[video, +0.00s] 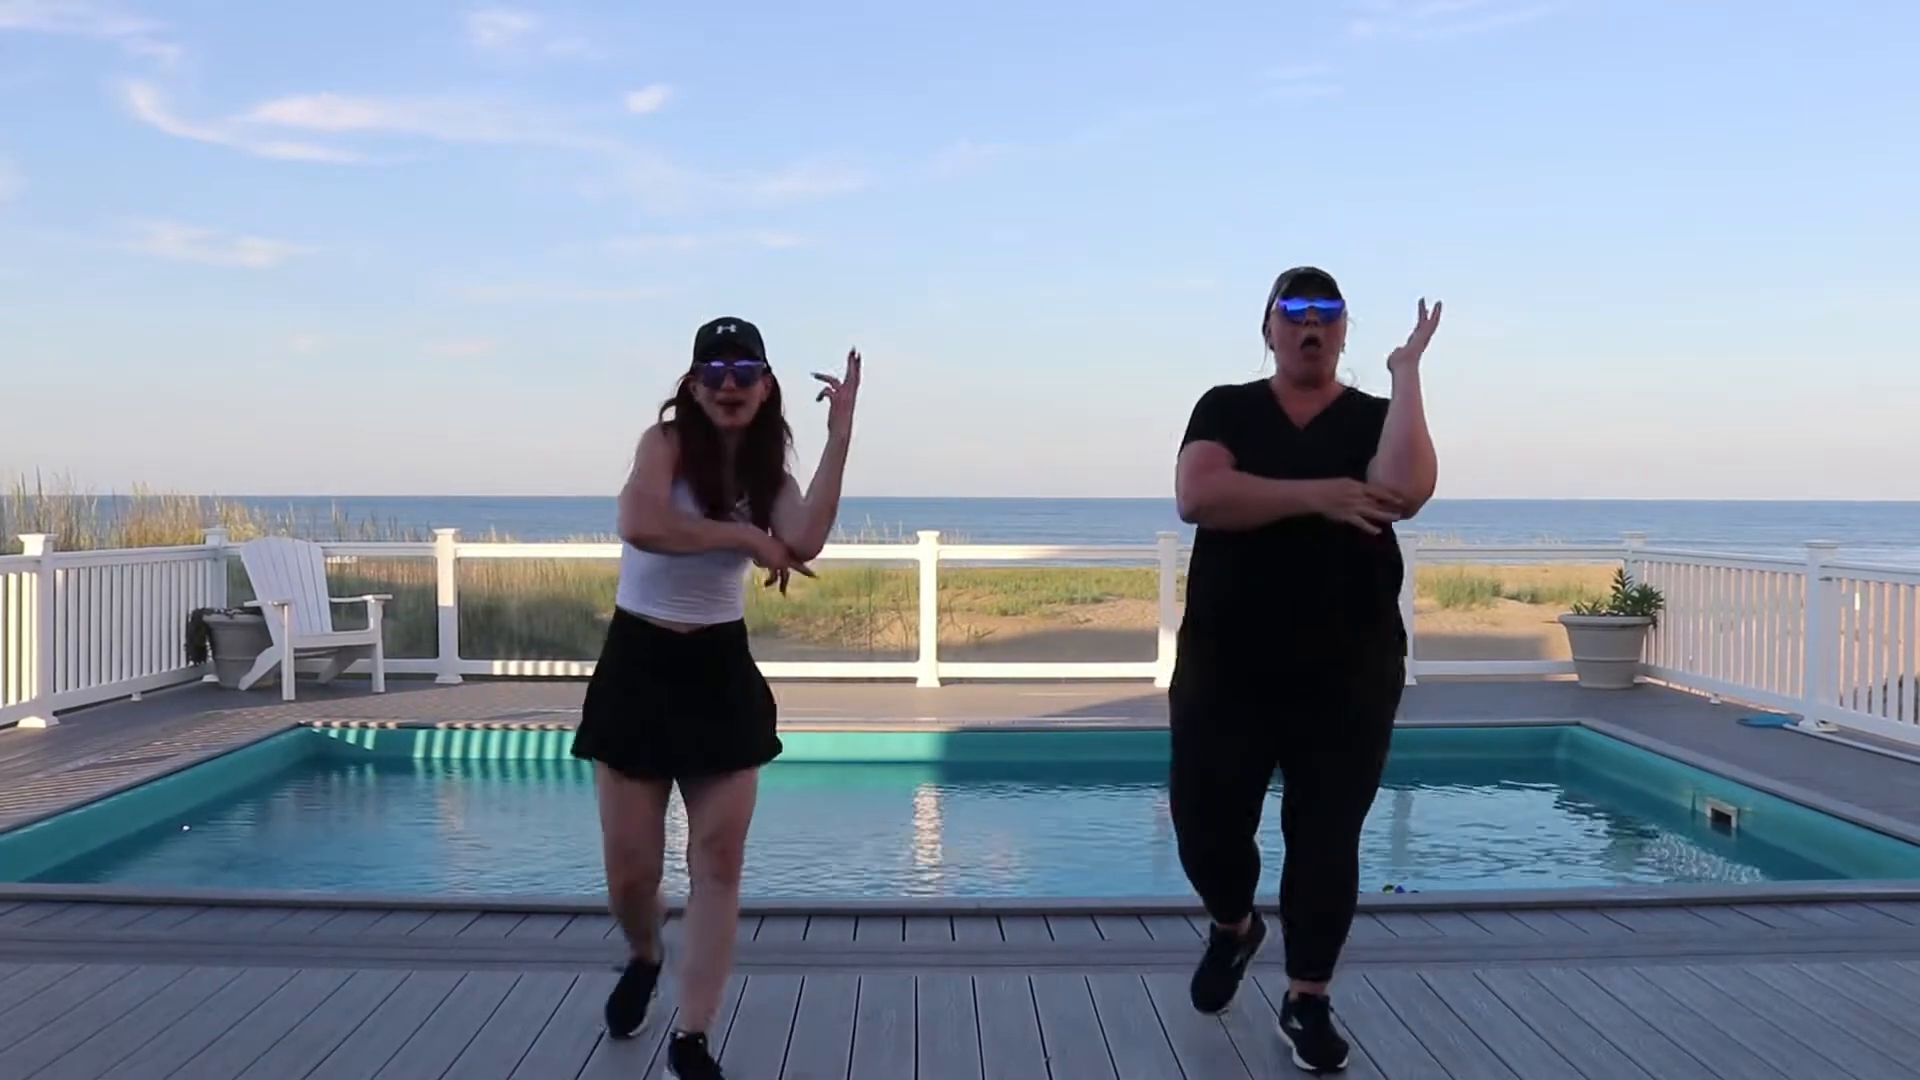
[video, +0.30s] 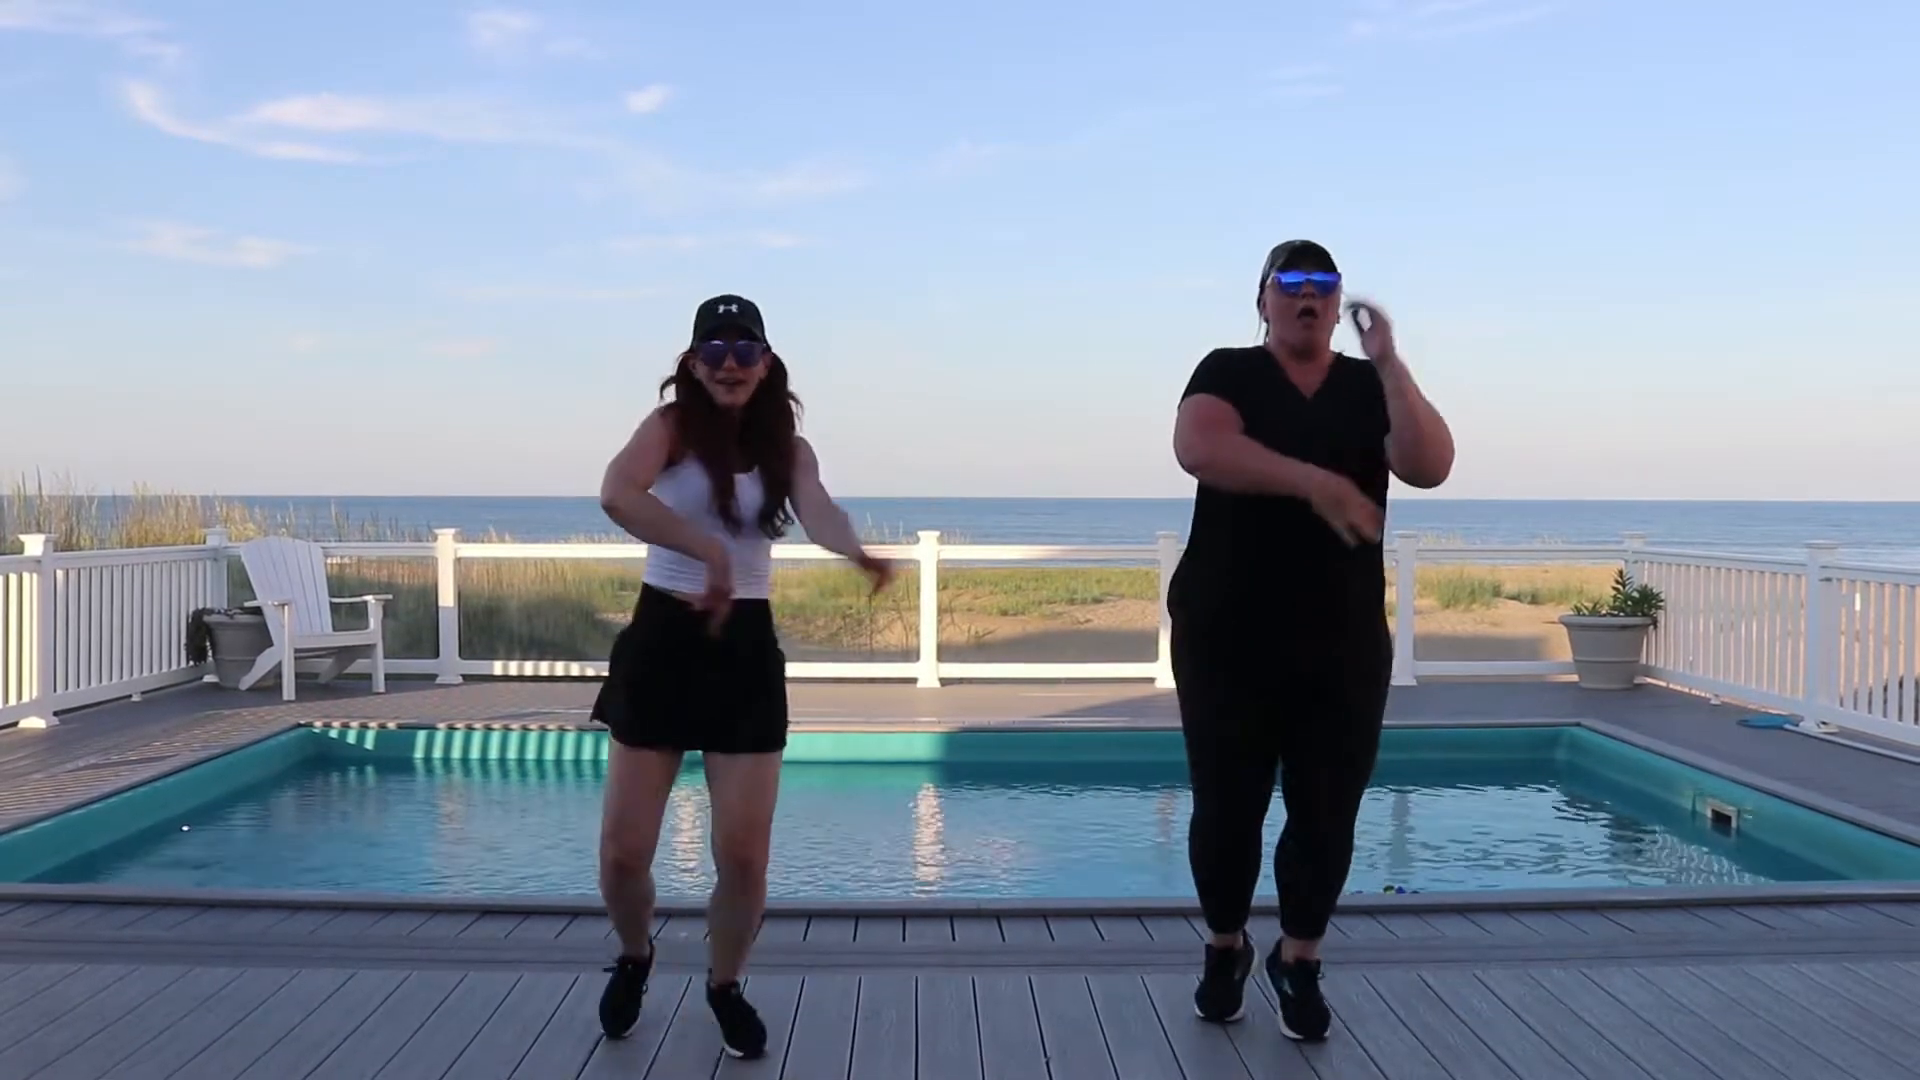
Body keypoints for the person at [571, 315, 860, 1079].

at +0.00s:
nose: (732, 388)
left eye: (747, 373)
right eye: (716, 374)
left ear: (768, 384)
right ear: (694, 382)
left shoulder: (767, 466)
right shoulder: (665, 440)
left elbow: (804, 543)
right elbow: (641, 523)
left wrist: (838, 443)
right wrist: (748, 538)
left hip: (721, 668)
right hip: (638, 664)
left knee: (720, 860)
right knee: (629, 871)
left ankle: (694, 1038)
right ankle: (644, 959)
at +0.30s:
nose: (728, 365)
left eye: (743, 351)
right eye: (713, 351)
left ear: (766, 360)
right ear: (692, 358)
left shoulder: (784, 444)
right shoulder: (670, 424)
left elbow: (818, 510)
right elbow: (619, 493)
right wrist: (709, 549)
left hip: (748, 645)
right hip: (664, 638)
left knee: (745, 857)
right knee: (621, 854)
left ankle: (725, 984)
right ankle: (633, 955)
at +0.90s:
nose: (719, 394)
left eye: (735, 381)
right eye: (704, 381)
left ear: (759, 391)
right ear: (682, 393)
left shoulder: (794, 464)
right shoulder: (674, 479)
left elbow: (829, 558)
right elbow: (656, 575)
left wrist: (718, 582)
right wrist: (636, 465)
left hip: (818, 672)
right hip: (732, 676)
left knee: (831, 862)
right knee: (724, 855)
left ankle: (817, 959)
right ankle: (746, 1041)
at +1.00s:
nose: (722, 384)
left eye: (738, 372)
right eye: (708, 372)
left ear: (761, 383)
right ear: (686, 384)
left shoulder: (789, 447)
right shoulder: (680, 469)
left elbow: (822, 531)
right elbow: (643, 561)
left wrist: (717, 560)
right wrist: (632, 454)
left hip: (825, 655)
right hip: (739, 663)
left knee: (839, 845)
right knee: (729, 838)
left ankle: (820, 959)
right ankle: (748, 1024)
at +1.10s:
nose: (720, 367)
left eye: (736, 356)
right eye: (706, 354)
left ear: (757, 366)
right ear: (682, 363)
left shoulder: (778, 424)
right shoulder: (670, 452)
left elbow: (809, 513)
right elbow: (636, 571)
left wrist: (720, 586)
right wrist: (633, 476)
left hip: (819, 637)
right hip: (737, 644)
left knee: (842, 831)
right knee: (726, 835)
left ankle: (825, 955)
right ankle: (760, 988)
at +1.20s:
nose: (723, 381)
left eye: (740, 368)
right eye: (709, 366)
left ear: (762, 377)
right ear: (687, 374)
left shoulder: (789, 448)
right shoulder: (667, 464)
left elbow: (816, 530)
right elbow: (642, 583)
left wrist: (816, 616)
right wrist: (673, 560)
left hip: (803, 650)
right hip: (722, 660)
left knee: (854, 853)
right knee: (730, 867)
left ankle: (817, 887)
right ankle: (763, 990)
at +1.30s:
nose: (738, 398)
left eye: (753, 384)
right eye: (723, 384)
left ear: (773, 395)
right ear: (699, 394)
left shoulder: (796, 471)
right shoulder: (673, 482)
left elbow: (861, 523)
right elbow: (655, 590)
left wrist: (866, 559)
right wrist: (742, 584)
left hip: (790, 671)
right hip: (706, 675)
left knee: (847, 868)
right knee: (710, 881)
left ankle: (821, 877)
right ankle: (762, 993)